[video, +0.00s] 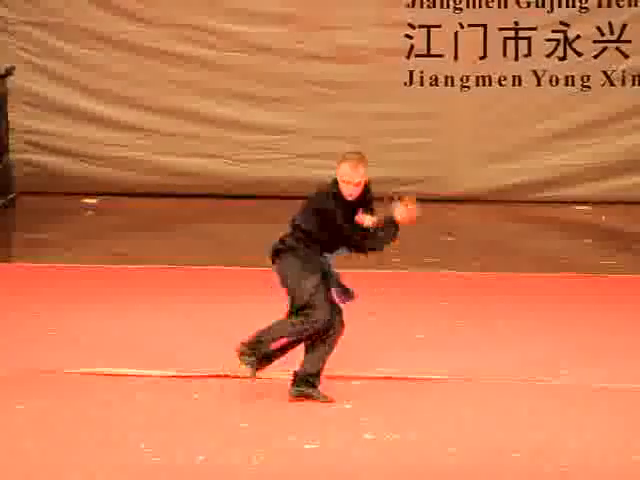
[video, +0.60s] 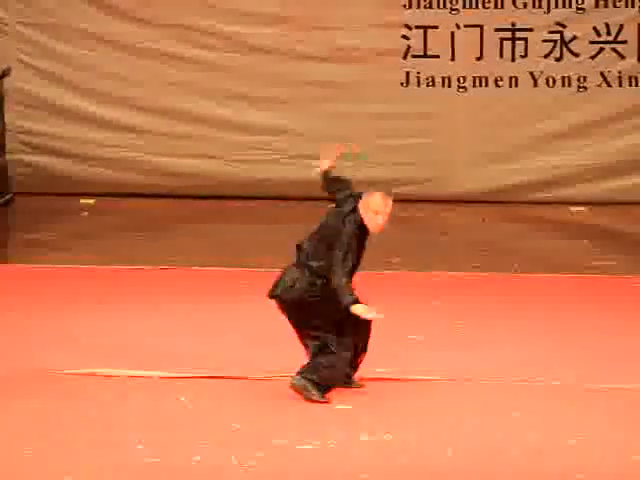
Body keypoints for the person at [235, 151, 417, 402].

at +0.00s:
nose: (352, 190)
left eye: (358, 184)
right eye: (347, 183)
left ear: (366, 181)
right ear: (337, 178)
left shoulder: (362, 198)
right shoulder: (324, 202)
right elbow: (357, 242)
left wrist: (372, 222)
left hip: (315, 262)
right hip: (294, 257)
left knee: (332, 321)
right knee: (317, 315)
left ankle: (305, 382)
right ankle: (253, 349)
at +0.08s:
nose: (353, 190)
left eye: (360, 185)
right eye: (349, 183)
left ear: (368, 184)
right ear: (341, 179)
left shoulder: (331, 190)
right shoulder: (336, 201)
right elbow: (359, 244)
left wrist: (373, 211)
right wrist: (384, 220)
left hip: (301, 257)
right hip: (295, 260)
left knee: (345, 296)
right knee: (312, 309)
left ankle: (315, 357)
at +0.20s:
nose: (359, 197)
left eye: (365, 192)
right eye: (355, 190)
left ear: (370, 187)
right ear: (344, 179)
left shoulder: (339, 192)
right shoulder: (326, 203)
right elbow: (333, 254)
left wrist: (372, 204)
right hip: (302, 271)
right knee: (337, 322)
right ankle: (305, 381)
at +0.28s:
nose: (379, 190)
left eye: (379, 182)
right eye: (372, 183)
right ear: (352, 184)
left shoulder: (347, 210)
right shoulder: (333, 210)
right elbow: (312, 250)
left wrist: (345, 274)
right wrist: (337, 279)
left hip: (322, 278)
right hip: (304, 280)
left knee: (366, 302)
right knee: (338, 324)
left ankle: (340, 353)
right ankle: (307, 378)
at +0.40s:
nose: (377, 236)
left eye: (381, 230)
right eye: (373, 229)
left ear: (382, 223)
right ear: (358, 221)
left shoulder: (354, 207)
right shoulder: (342, 239)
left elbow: (350, 171)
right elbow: (322, 261)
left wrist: (343, 131)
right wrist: (306, 287)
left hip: (321, 288)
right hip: (299, 292)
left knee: (363, 321)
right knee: (346, 340)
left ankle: (336, 372)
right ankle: (312, 376)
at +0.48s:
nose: (379, 244)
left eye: (383, 239)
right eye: (378, 238)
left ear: (368, 223)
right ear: (365, 229)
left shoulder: (351, 215)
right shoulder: (347, 247)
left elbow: (354, 183)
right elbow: (328, 273)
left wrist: (355, 143)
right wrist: (314, 303)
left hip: (314, 293)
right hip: (300, 299)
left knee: (362, 320)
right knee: (348, 342)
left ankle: (341, 371)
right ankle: (312, 377)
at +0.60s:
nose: (383, 222)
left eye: (386, 215)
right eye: (380, 215)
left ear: (366, 203)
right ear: (367, 210)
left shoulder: (352, 202)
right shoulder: (350, 230)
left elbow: (339, 187)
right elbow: (339, 274)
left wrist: (327, 171)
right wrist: (353, 304)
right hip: (302, 291)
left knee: (360, 322)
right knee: (348, 332)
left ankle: (343, 373)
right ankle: (311, 379)